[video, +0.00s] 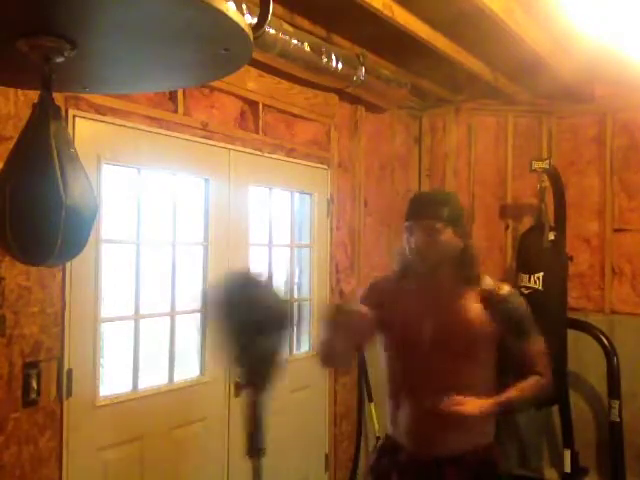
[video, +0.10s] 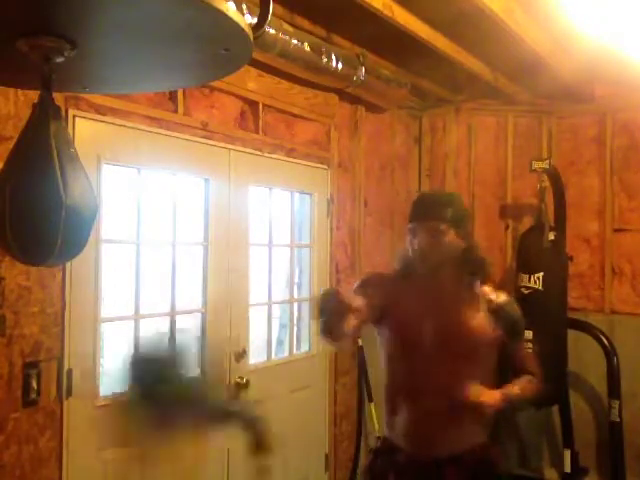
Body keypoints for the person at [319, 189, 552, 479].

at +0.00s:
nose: (417, 243)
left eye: (431, 231)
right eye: (410, 231)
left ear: (459, 237)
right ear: (403, 237)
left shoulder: (497, 301)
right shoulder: (386, 294)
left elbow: (541, 379)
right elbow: (334, 359)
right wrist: (340, 331)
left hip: (470, 459)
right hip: (404, 458)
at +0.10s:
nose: (423, 243)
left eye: (437, 233)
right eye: (415, 233)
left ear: (461, 239)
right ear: (407, 238)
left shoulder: (492, 304)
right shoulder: (387, 290)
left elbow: (531, 380)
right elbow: (338, 333)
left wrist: (497, 397)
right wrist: (337, 312)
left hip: (468, 459)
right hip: (401, 458)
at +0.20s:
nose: (419, 247)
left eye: (433, 236)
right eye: (412, 236)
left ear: (458, 242)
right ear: (404, 240)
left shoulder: (489, 309)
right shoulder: (377, 294)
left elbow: (522, 391)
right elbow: (335, 361)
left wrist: (472, 384)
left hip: (463, 461)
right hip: (394, 460)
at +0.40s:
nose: (394, 245)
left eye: (407, 233)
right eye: (389, 234)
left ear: (436, 235)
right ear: (384, 238)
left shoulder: (464, 291)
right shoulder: (382, 299)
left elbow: (410, 331)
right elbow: (376, 365)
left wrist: (318, 331)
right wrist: (366, 401)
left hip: (460, 459)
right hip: (400, 454)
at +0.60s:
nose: (389, 251)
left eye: (402, 238)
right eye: (386, 240)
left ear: (430, 241)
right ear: (381, 243)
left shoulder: (458, 297)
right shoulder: (395, 305)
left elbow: (477, 379)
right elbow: (414, 384)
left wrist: (381, 393)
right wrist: (367, 394)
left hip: (469, 463)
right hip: (415, 458)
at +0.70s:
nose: (402, 250)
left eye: (416, 237)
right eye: (398, 238)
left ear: (443, 240)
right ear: (392, 241)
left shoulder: (483, 299)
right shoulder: (387, 304)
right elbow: (376, 378)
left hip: (472, 463)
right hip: (407, 460)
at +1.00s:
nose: (417, 248)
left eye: (429, 237)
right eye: (407, 236)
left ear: (453, 240)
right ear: (398, 240)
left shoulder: (490, 306)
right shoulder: (375, 298)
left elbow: (524, 391)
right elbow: (347, 373)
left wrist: (458, 369)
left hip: (465, 462)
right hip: (396, 463)